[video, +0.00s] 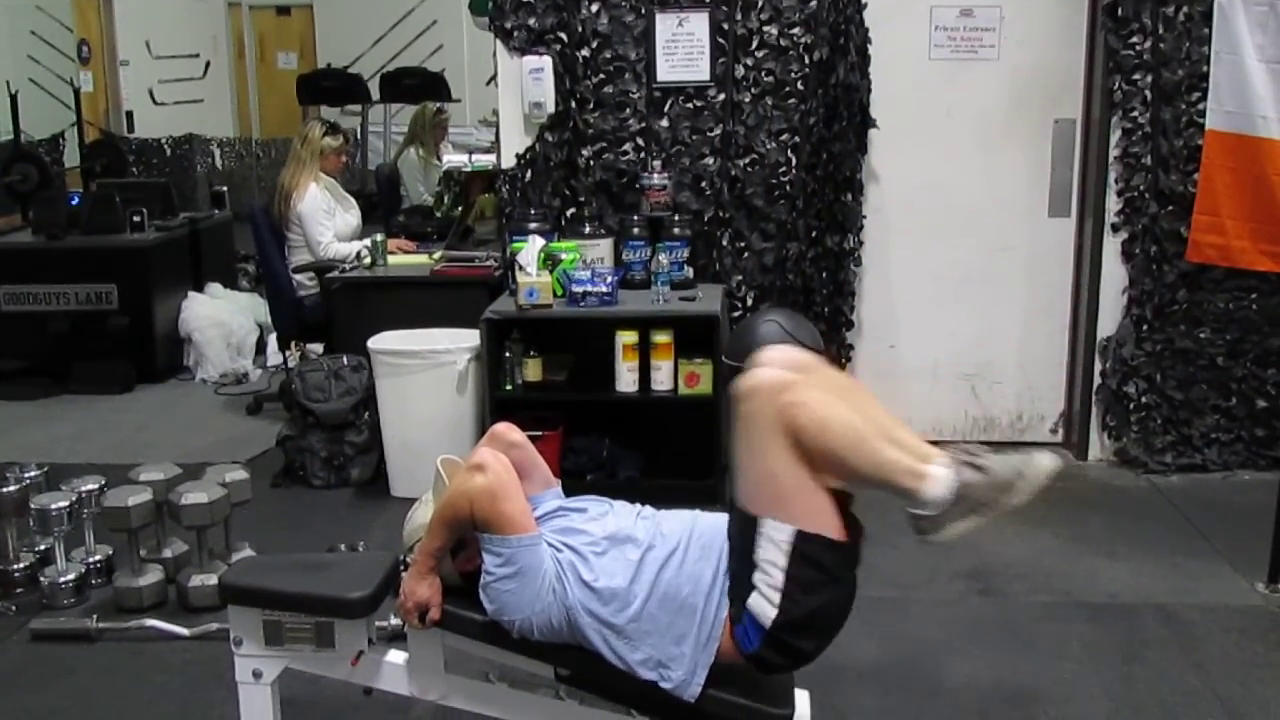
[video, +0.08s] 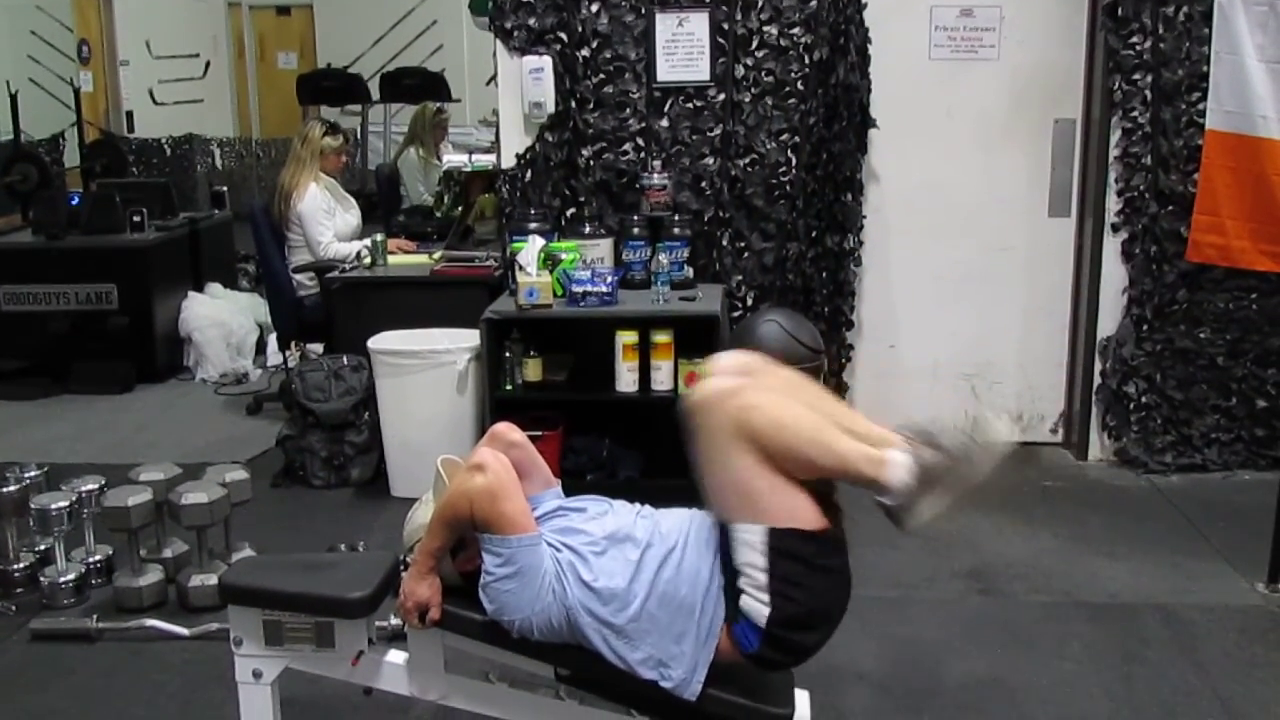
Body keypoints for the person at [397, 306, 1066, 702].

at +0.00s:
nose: (510, 463)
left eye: (513, 455)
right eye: (494, 466)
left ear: (526, 482)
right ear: (481, 513)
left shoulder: (560, 518)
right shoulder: (520, 585)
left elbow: (514, 440)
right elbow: (477, 473)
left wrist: (445, 522)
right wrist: (428, 558)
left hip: (772, 573)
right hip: (763, 613)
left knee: (785, 362)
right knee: (763, 387)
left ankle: (945, 470)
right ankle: (940, 482)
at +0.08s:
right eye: (482, 484)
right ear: (478, 546)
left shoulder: (556, 521)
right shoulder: (522, 590)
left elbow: (506, 436)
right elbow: (479, 472)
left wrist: (455, 521)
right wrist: (426, 563)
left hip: (764, 569)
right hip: (765, 610)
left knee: (732, 367)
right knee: (718, 394)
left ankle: (908, 456)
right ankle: (898, 475)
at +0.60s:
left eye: (459, 545)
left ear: (471, 553)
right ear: (469, 562)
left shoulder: (548, 524)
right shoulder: (519, 599)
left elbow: (505, 436)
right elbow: (477, 481)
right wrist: (423, 567)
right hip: (734, 492)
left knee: (552, 360)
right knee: (537, 377)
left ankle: (512, 178)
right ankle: (498, 174)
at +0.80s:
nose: (465, 552)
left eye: (452, 548)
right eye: (454, 551)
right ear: (461, 564)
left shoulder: (550, 536)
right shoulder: (520, 598)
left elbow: (509, 432)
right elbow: (480, 480)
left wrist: (438, 539)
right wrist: (424, 564)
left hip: (718, 431)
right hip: (703, 460)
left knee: (523, 314)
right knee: (506, 335)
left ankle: (437, 150)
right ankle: (413, 157)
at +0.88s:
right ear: (473, 565)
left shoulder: (543, 530)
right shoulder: (521, 599)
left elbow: (509, 430)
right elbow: (477, 481)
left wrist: (431, 547)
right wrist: (425, 565)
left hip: (708, 425)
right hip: (697, 450)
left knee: (517, 301)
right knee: (500, 321)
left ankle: (423, 135)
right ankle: (393, 145)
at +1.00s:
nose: (459, 489)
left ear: (463, 550)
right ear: (465, 557)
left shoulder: (546, 537)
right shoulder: (520, 601)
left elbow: (509, 429)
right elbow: (478, 481)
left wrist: (454, 517)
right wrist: (423, 567)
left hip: (692, 417)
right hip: (678, 444)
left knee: (508, 283)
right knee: (490, 300)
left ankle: (409, 114)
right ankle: (381, 118)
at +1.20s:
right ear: (470, 573)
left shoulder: (534, 538)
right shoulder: (518, 599)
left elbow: (501, 434)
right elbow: (464, 491)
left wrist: (432, 538)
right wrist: (416, 572)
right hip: (675, 443)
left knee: (511, 261)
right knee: (500, 270)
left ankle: (410, 91)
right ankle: (392, 89)